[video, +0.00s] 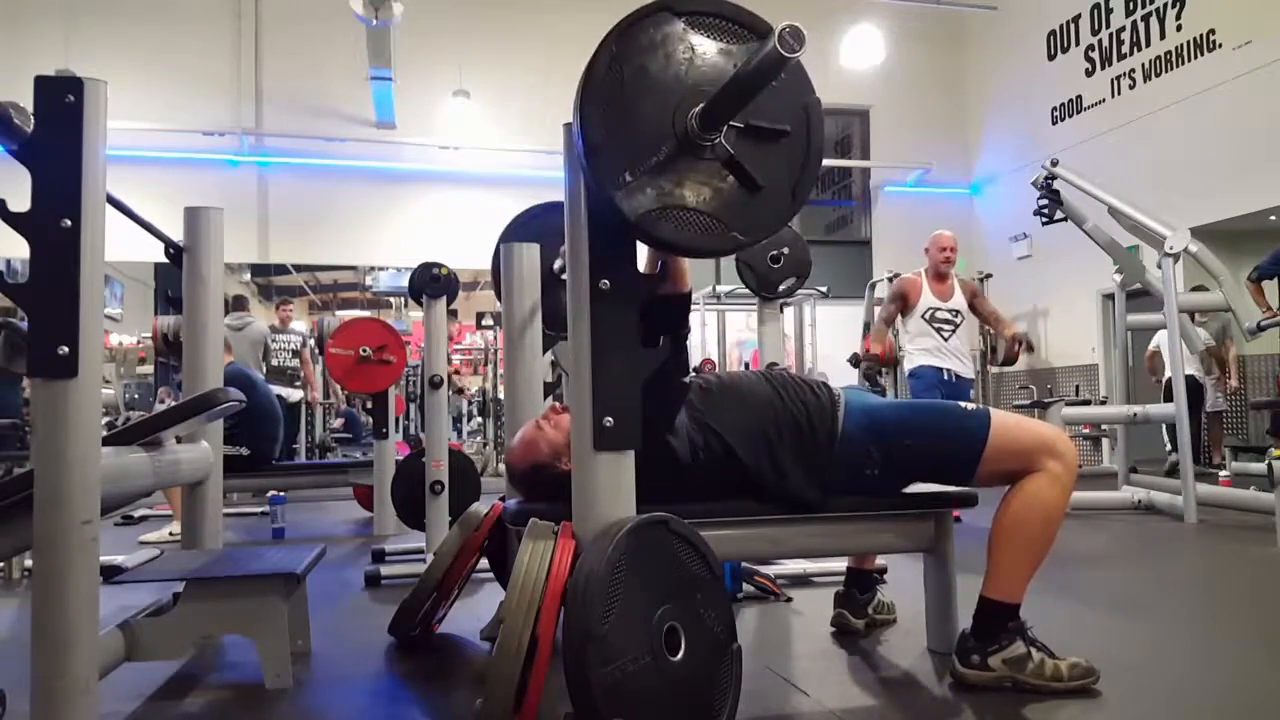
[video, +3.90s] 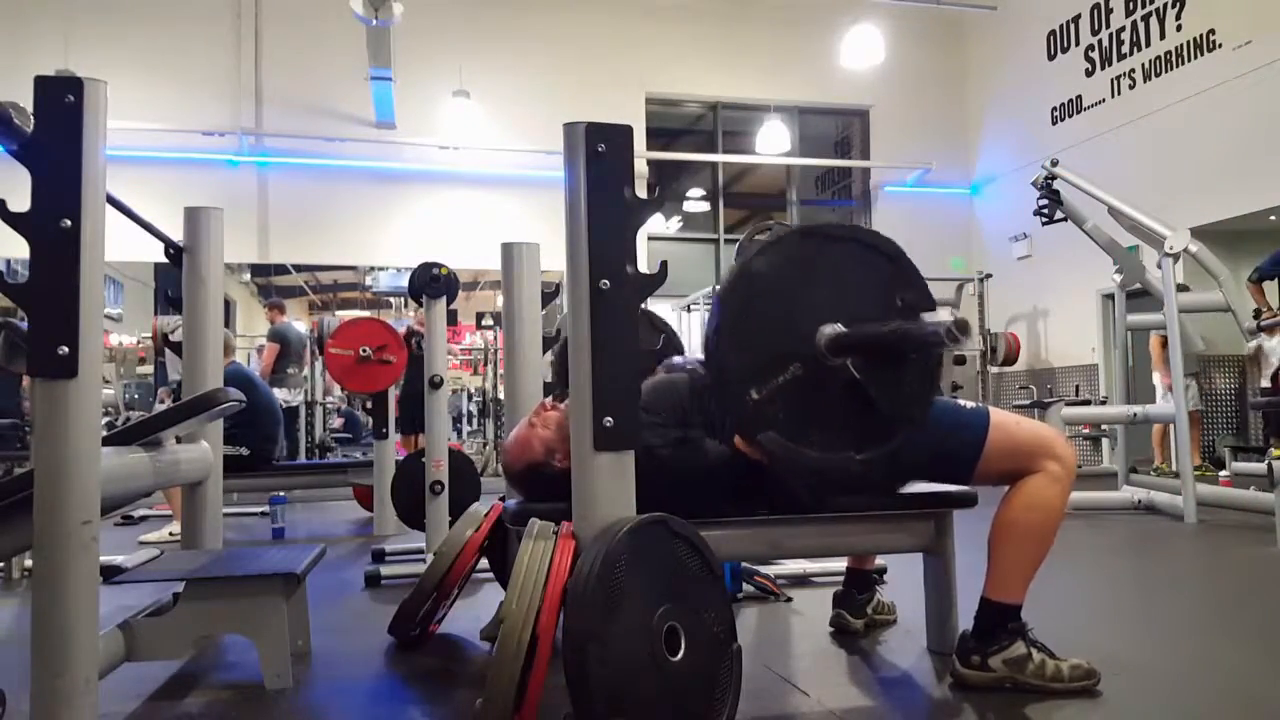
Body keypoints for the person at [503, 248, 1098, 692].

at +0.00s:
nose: (554, 409)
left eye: (544, 413)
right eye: (545, 426)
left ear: (564, 431)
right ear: (562, 463)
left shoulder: (615, 434)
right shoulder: (629, 457)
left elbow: (647, 366)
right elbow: (657, 348)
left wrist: (662, 266)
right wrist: (669, 255)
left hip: (827, 419)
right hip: (846, 435)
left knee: (922, 437)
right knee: (1054, 454)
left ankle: (858, 592)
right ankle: (992, 639)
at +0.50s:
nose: (553, 410)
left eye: (544, 413)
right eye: (544, 425)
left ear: (561, 421)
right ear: (555, 461)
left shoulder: (607, 436)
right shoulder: (617, 460)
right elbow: (714, 408)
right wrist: (731, 306)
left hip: (814, 430)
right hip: (837, 435)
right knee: (1055, 456)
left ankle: (860, 595)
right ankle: (993, 640)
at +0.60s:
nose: (550, 413)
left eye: (541, 416)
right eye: (543, 426)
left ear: (555, 424)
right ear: (553, 457)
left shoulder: (613, 425)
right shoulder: (608, 449)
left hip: (802, 424)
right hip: (826, 437)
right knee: (1057, 454)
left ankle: (858, 594)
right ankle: (992, 640)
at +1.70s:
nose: (546, 412)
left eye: (538, 417)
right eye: (540, 428)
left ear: (557, 422)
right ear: (557, 461)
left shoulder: (608, 425)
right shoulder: (607, 451)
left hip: (806, 426)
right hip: (835, 434)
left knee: (921, 435)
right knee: (1053, 456)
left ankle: (858, 596)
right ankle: (992, 640)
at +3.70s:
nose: (544, 409)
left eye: (533, 416)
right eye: (537, 428)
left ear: (553, 437)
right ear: (556, 458)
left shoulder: (612, 427)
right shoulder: (627, 444)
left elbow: (667, 388)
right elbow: (761, 468)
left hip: (797, 441)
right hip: (827, 452)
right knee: (1053, 455)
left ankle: (856, 596)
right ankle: (993, 640)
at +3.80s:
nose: (545, 408)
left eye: (534, 415)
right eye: (538, 426)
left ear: (554, 437)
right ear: (556, 458)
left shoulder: (615, 426)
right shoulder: (629, 445)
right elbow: (762, 464)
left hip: (805, 432)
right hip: (837, 437)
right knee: (1053, 455)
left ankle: (856, 595)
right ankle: (993, 639)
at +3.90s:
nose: (542, 407)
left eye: (531, 416)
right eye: (536, 424)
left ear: (550, 436)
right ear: (553, 453)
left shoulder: (612, 420)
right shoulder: (621, 450)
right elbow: (746, 451)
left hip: (799, 424)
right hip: (832, 433)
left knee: (890, 446)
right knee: (1052, 455)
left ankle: (855, 597)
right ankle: (993, 640)